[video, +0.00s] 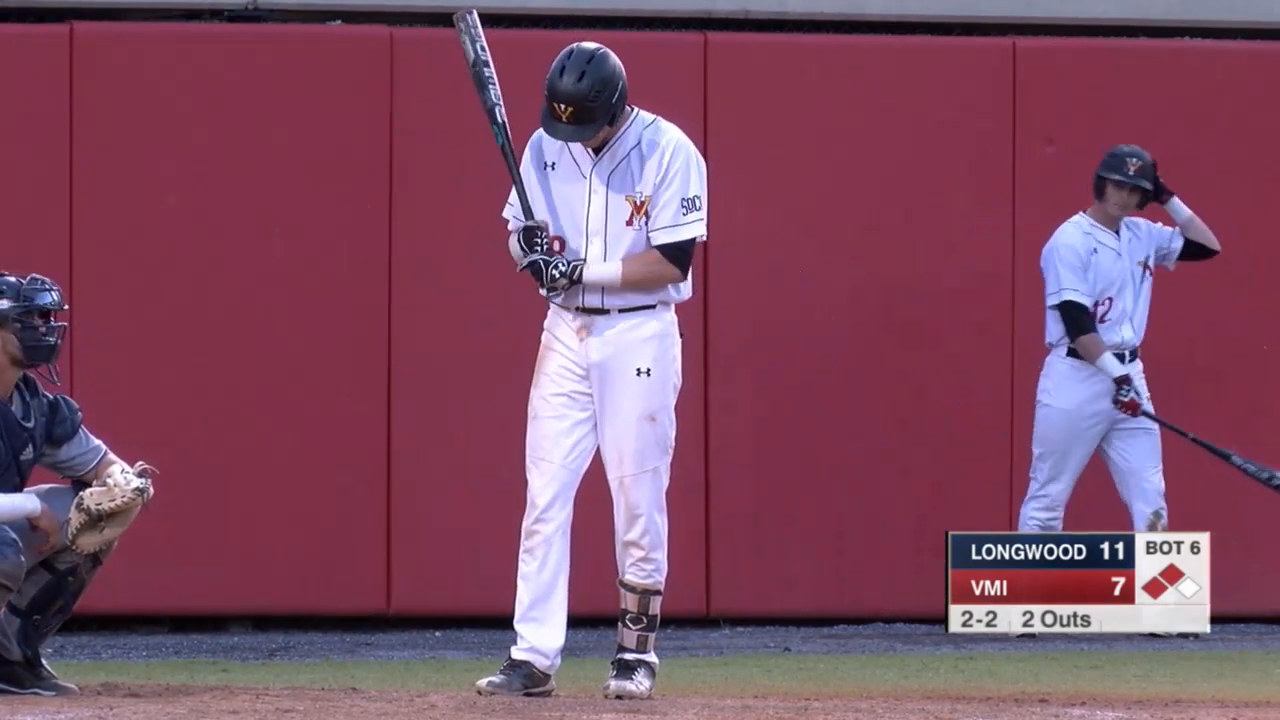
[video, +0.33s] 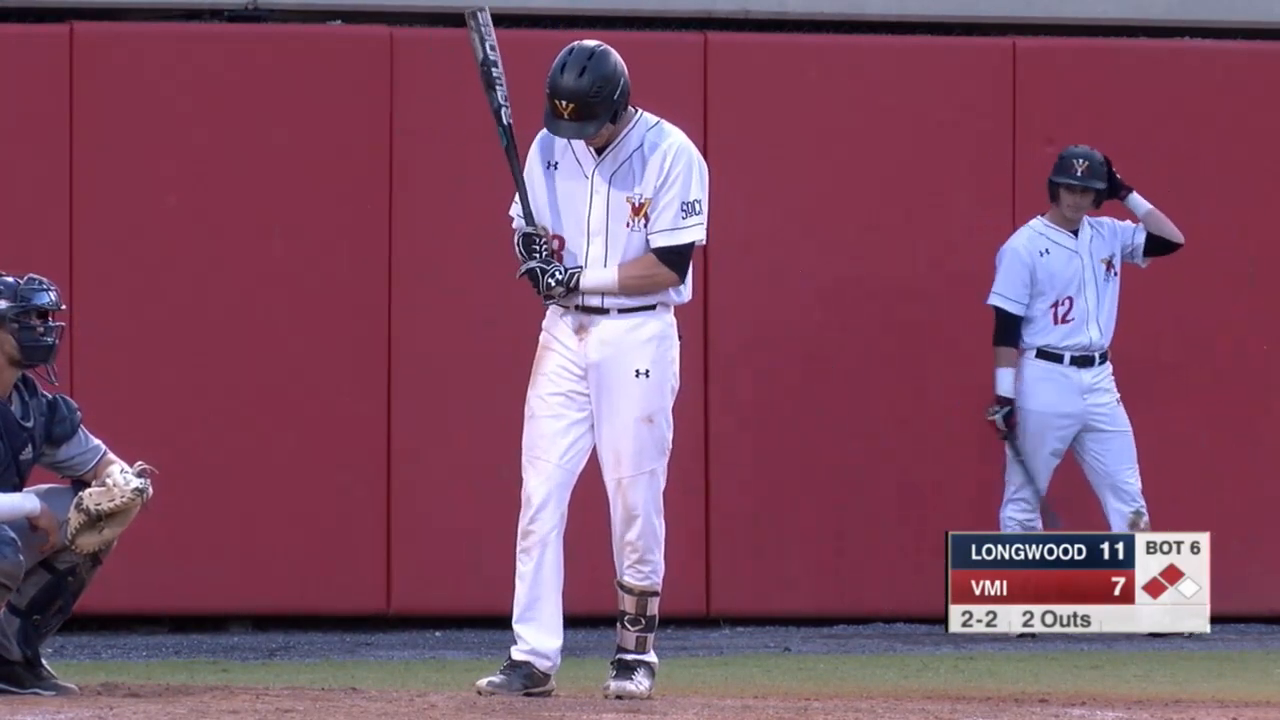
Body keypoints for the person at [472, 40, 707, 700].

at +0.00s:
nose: (576, 140)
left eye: (588, 129)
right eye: (567, 128)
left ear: (617, 109)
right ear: (555, 108)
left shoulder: (669, 149)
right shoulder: (545, 146)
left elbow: (672, 263)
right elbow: (517, 222)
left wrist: (581, 273)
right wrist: (529, 246)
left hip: (639, 339)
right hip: (564, 337)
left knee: (636, 491)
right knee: (545, 494)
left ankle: (635, 653)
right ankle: (533, 656)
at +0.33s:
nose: (579, 139)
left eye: (590, 128)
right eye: (570, 127)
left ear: (620, 107)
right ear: (559, 108)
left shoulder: (672, 152)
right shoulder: (550, 145)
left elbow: (669, 269)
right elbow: (523, 222)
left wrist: (580, 280)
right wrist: (534, 250)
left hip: (637, 340)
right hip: (562, 336)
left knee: (632, 489)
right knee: (540, 495)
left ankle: (634, 651)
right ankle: (533, 657)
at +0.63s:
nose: (580, 134)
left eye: (591, 123)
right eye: (571, 122)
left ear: (622, 105)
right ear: (560, 105)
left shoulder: (672, 154)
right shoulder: (552, 148)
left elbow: (664, 272)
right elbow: (532, 233)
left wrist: (573, 284)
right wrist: (533, 259)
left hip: (635, 342)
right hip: (561, 339)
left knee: (631, 489)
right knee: (525, 485)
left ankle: (634, 651)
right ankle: (528, 651)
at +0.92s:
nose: (560, 133)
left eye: (569, 121)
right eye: (550, 122)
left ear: (597, 101)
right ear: (540, 108)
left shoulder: (646, 153)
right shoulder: (540, 147)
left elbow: (620, 265)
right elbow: (525, 235)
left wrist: (531, 262)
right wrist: (505, 239)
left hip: (622, 345)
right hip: (550, 341)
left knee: (627, 497)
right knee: (510, 491)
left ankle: (634, 652)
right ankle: (465, 648)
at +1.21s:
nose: (495, 140)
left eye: (502, 128)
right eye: (487, 130)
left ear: (529, 108)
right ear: (479, 119)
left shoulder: (590, 147)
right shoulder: (480, 163)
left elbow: (572, 252)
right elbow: (489, 278)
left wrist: (480, 255)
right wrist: (458, 258)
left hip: (594, 348)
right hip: (518, 348)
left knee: (610, 499)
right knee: (486, 501)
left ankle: (633, 650)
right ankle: (463, 660)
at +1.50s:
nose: (430, 143)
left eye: (436, 129)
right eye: (419, 135)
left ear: (460, 104)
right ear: (410, 124)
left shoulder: (532, 137)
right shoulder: (416, 181)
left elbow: (567, 244)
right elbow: (433, 284)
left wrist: (518, 320)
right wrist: (460, 329)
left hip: (566, 340)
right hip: (487, 356)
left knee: (594, 489)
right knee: (463, 508)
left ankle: (635, 613)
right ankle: (460, 661)